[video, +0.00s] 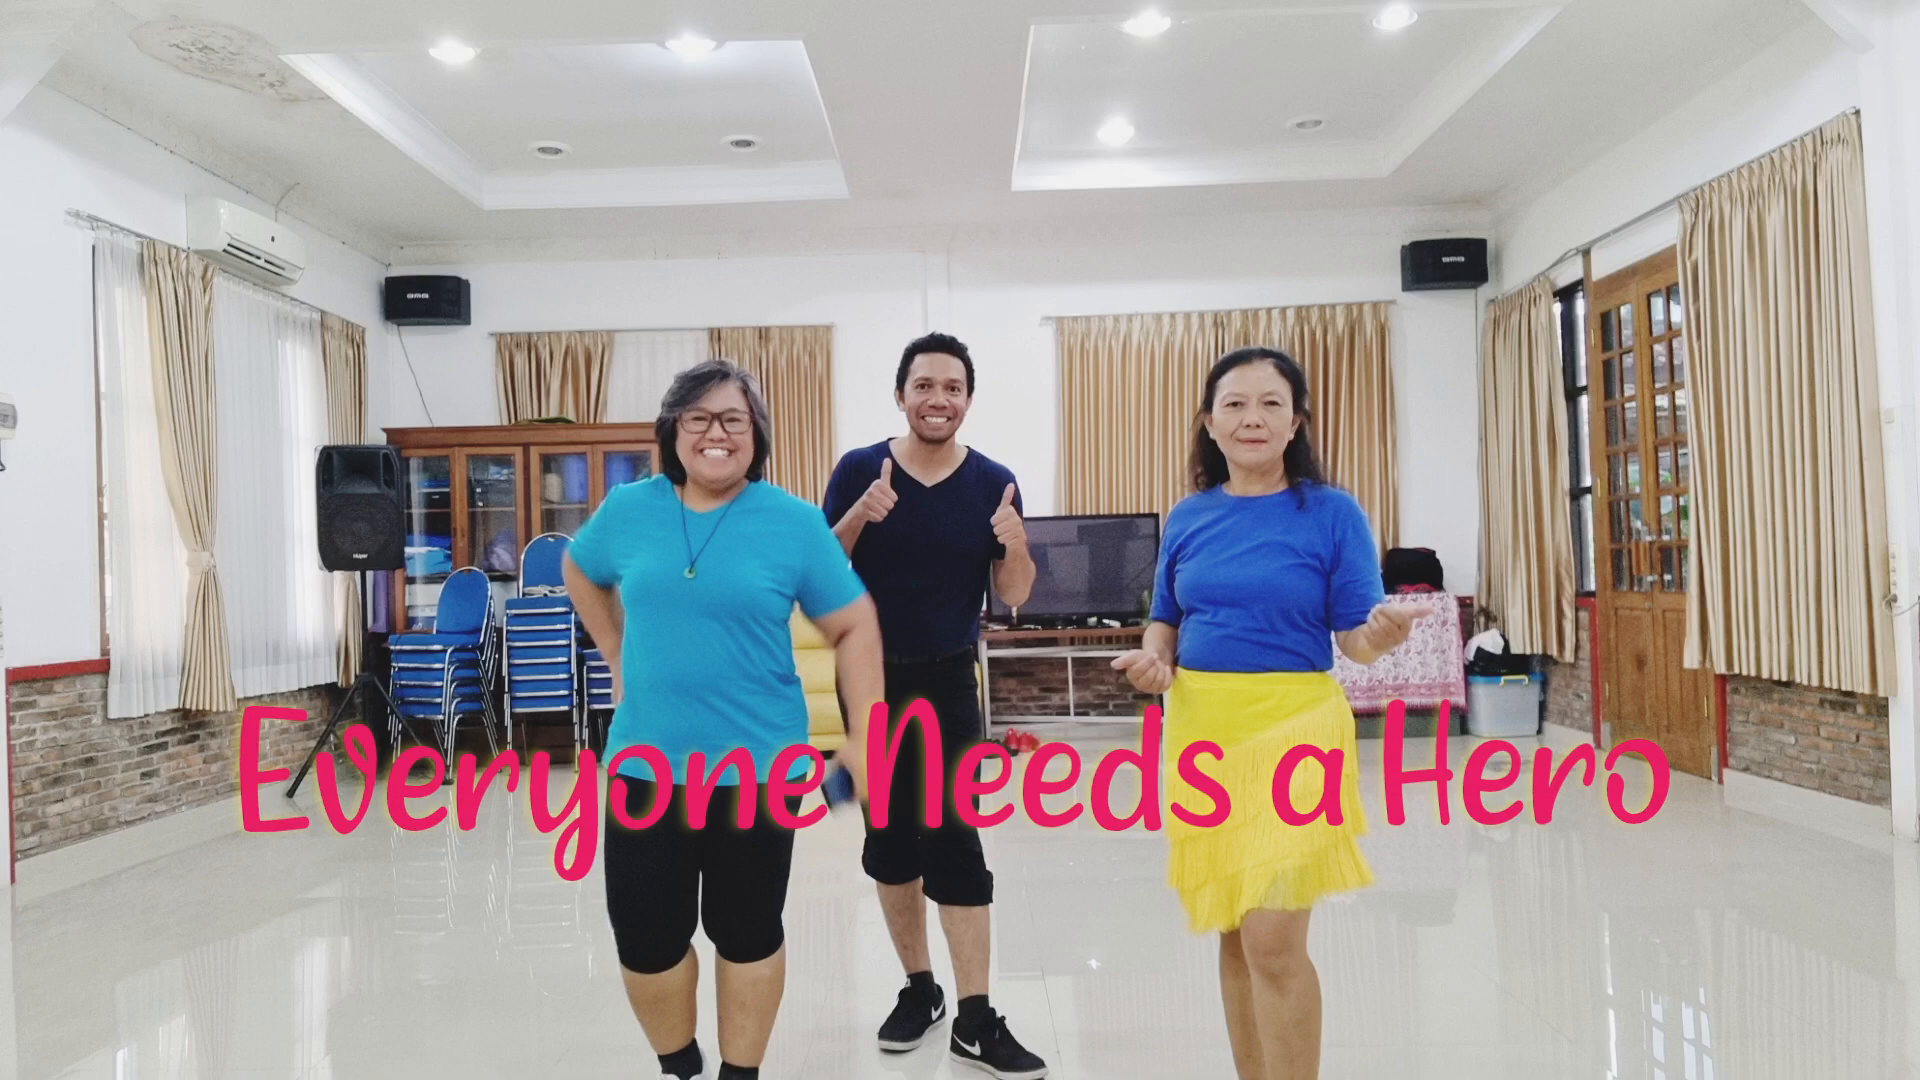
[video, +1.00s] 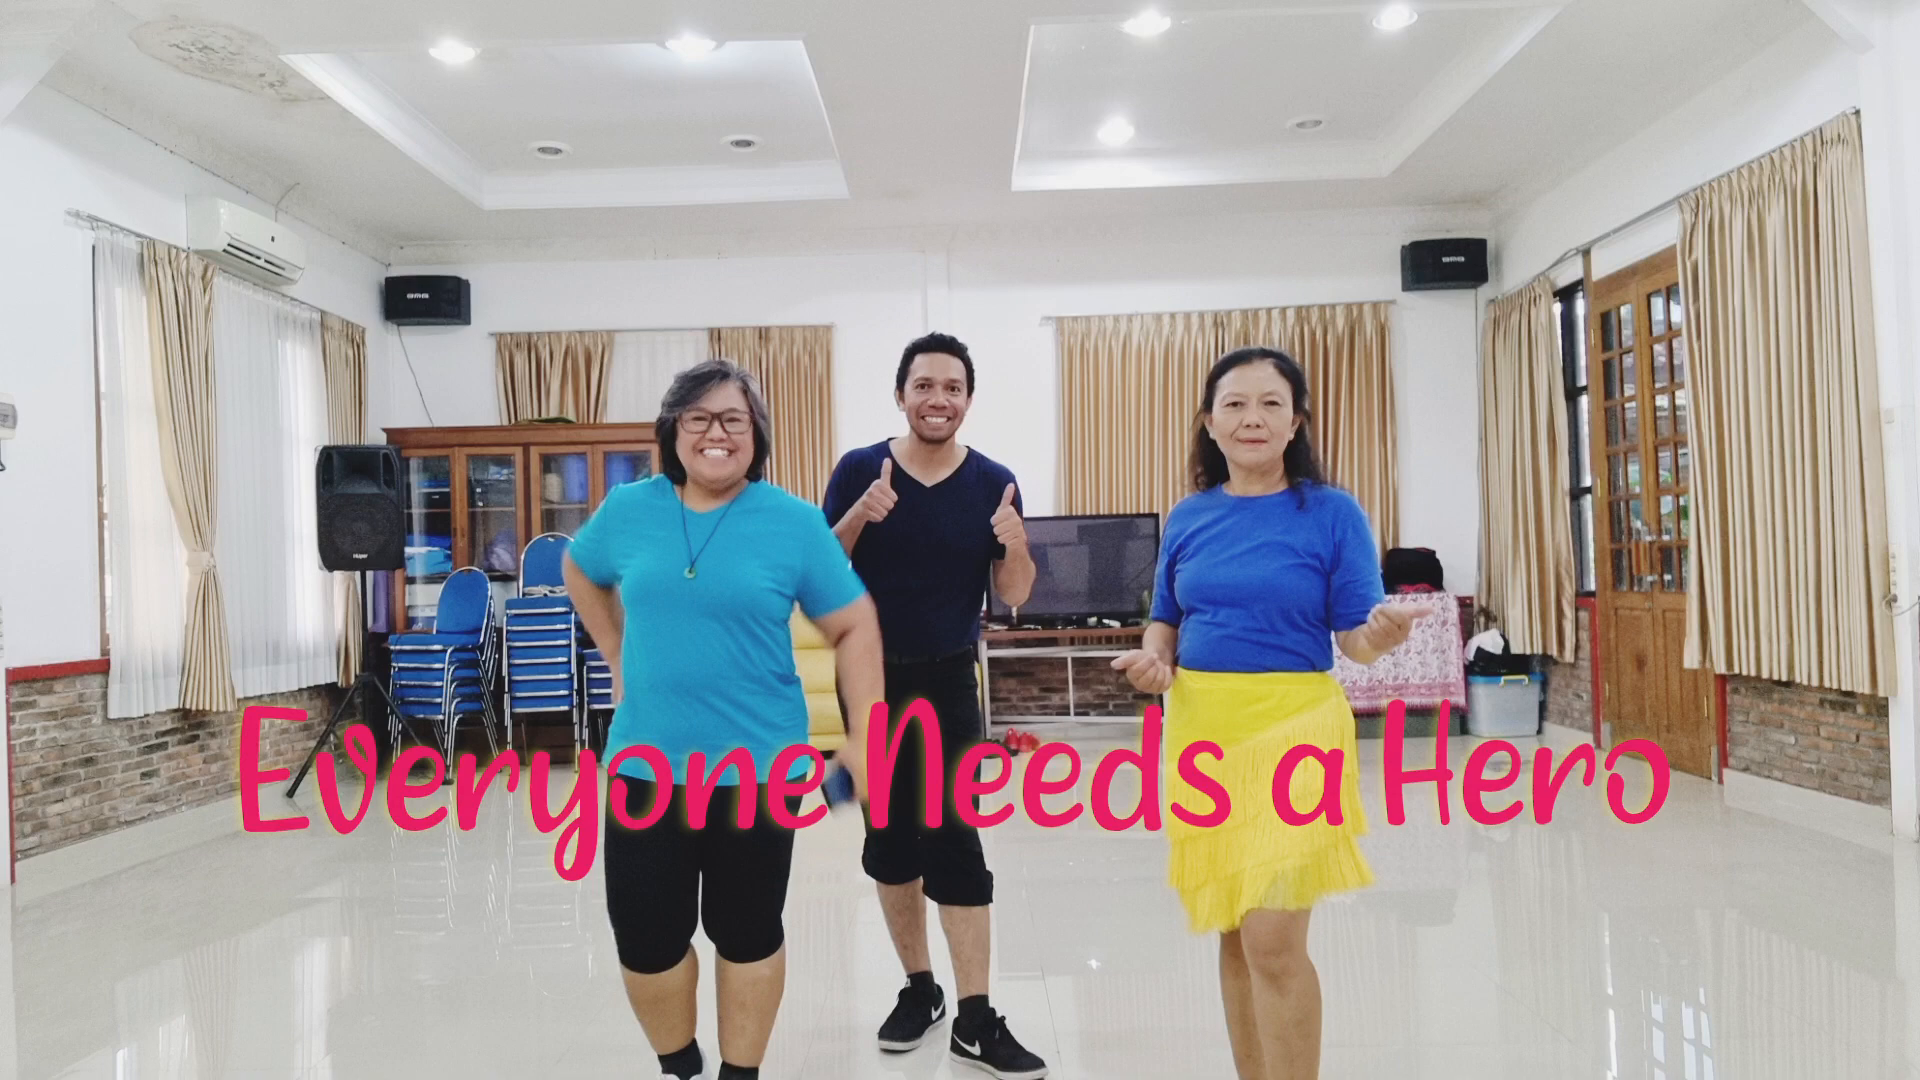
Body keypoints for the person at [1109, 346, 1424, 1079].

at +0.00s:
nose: (1252, 418)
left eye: (1270, 404)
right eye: (1234, 404)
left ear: (1295, 421)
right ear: (1210, 421)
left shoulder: (1333, 512)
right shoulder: (1186, 517)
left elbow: (1356, 643)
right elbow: (1163, 628)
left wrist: (1380, 635)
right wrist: (1151, 660)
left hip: (1297, 723)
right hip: (1204, 724)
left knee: (1272, 941)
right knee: (1237, 941)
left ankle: (1296, 1077)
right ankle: (1254, 1078)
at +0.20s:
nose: (1252, 418)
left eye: (1270, 404)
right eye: (1234, 404)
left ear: (1295, 421)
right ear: (1210, 421)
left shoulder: (1333, 512)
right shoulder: (1186, 517)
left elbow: (1356, 643)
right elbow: (1163, 628)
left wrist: (1380, 635)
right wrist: (1151, 660)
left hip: (1297, 723)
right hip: (1204, 724)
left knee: (1272, 941)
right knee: (1237, 941)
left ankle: (1296, 1077)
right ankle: (1254, 1078)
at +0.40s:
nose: (1252, 418)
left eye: (1270, 404)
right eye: (1234, 404)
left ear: (1295, 421)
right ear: (1210, 421)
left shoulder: (1333, 512)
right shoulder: (1186, 517)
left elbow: (1356, 643)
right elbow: (1163, 628)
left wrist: (1380, 635)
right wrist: (1151, 660)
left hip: (1297, 723)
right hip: (1204, 724)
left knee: (1272, 941)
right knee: (1237, 941)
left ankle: (1296, 1077)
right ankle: (1254, 1078)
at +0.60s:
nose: (1252, 418)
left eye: (1270, 404)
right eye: (1234, 404)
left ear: (1295, 421)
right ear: (1210, 421)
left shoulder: (1333, 512)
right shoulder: (1186, 517)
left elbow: (1356, 643)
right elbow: (1163, 628)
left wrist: (1380, 635)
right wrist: (1151, 660)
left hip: (1297, 723)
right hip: (1204, 724)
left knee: (1272, 941)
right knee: (1237, 941)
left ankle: (1296, 1077)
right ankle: (1254, 1078)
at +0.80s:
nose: (1252, 418)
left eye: (1270, 404)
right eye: (1234, 404)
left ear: (1295, 421)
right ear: (1210, 421)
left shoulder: (1333, 512)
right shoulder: (1186, 517)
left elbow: (1356, 643)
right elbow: (1163, 628)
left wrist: (1380, 635)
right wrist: (1151, 660)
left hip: (1297, 723)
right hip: (1204, 724)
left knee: (1272, 941)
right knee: (1237, 941)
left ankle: (1296, 1077)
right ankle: (1254, 1078)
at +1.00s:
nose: (1252, 418)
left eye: (1270, 404)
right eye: (1234, 404)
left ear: (1295, 421)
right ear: (1210, 421)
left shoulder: (1333, 512)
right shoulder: (1186, 517)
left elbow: (1356, 643)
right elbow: (1163, 628)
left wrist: (1380, 635)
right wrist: (1151, 660)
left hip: (1297, 723)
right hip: (1204, 724)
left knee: (1272, 941)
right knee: (1237, 941)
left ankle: (1296, 1077)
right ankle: (1254, 1078)